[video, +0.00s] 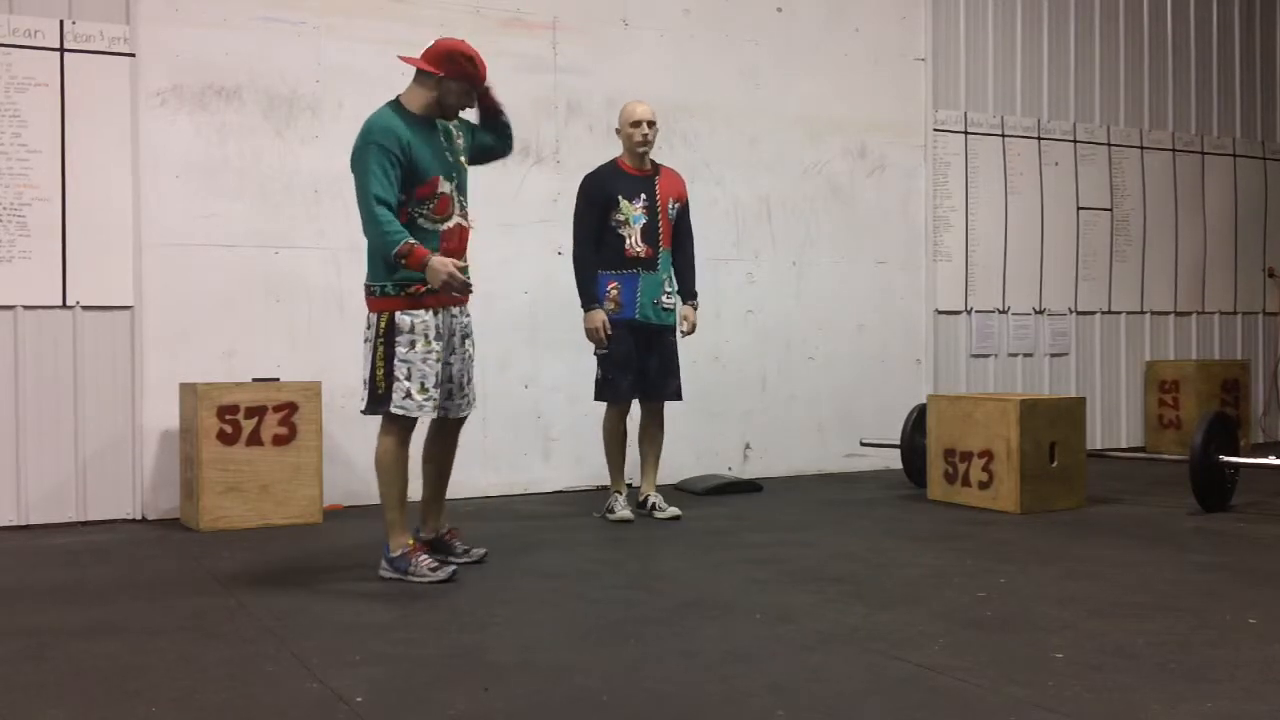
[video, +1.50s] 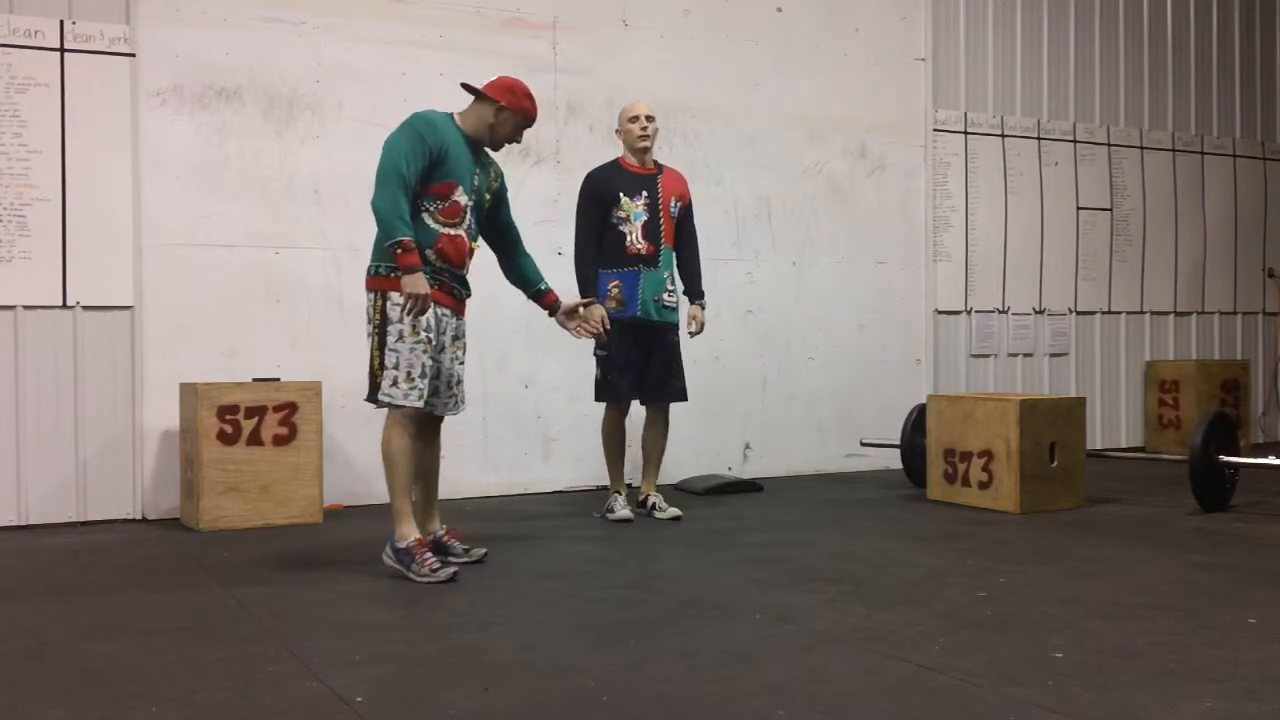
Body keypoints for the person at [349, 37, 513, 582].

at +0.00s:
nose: (469, 102)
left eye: (473, 94)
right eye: (466, 92)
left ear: (449, 84)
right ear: (440, 80)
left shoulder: (447, 130)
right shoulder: (382, 133)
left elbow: (498, 142)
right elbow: (378, 220)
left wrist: (482, 91)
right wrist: (426, 260)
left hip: (450, 297)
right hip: (403, 301)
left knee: (451, 413)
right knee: (400, 419)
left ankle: (430, 531)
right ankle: (398, 549)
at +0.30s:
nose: (482, 103)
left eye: (487, 95)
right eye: (478, 92)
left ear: (477, 91)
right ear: (449, 80)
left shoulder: (468, 141)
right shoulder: (397, 127)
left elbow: (518, 170)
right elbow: (371, 203)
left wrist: (545, 119)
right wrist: (404, 251)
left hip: (451, 301)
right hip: (403, 300)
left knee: (436, 417)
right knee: (399, 418)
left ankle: (429, 533)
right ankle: (398, 546)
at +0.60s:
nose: (482, 99)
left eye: (492, 94)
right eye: (476, 87)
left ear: (498, 102)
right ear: (455, 83)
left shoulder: (484, 159)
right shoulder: (411, 127)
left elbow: (530, 214)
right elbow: (377, 195)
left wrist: (588, 253)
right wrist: (387, 266)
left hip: (448, 304)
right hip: (403, 296)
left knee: (431, 419)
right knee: (400, 417)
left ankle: (428, 532)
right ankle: (400, 544)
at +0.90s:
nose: (498, 108)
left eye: (509, 105)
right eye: (493, 96)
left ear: (514, 115)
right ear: (471, 93)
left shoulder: (493, 176)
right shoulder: (426, 127)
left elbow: (522, 249)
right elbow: (376, 184)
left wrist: (571, 307)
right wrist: (385, 261)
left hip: (446, 303)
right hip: (403, 292)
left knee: (429, 415)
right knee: (400, 412)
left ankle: (429, 530)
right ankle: (402, 538)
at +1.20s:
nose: (517, 136)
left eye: (522, 128)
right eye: (517, 124)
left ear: (500, 111)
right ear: (493, 104)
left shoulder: (491, 174)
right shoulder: (424, 128)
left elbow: (518, 246)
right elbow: (382, 191)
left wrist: (568, 304)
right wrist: (406, 260)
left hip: (448, 301)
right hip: (406, 289)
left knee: (432, 415)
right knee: (405, 410)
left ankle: (430, 530)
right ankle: (404, 538)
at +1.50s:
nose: (516, 140)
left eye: (521, 132)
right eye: (518, 129)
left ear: (501, 113)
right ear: (498, 107)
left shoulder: (487, 173)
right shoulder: (426, 129)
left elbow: (510, 249)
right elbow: (388, 195)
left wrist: (558, 307)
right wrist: (410, 266)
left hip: (446, 300)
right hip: (406, 291)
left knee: (430, 415)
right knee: (404, 410)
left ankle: (429, 529)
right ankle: (403, 538)